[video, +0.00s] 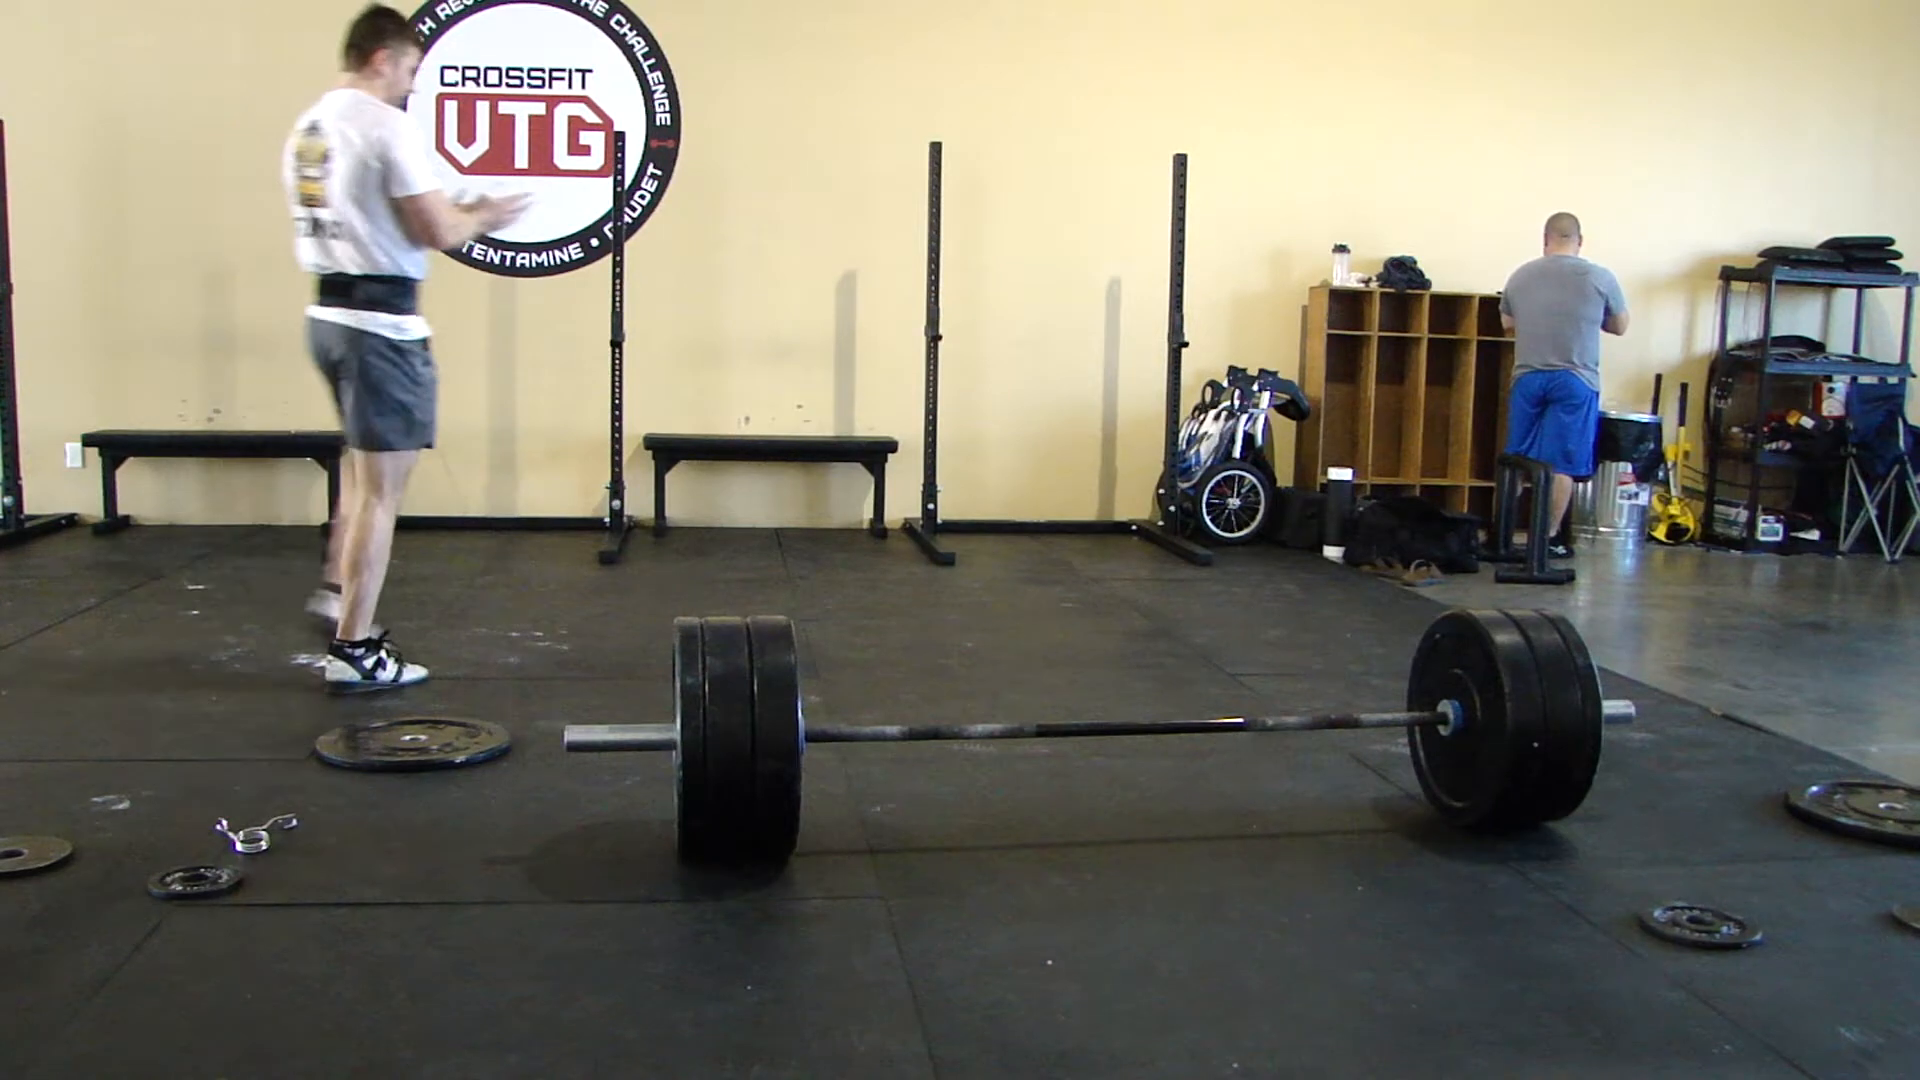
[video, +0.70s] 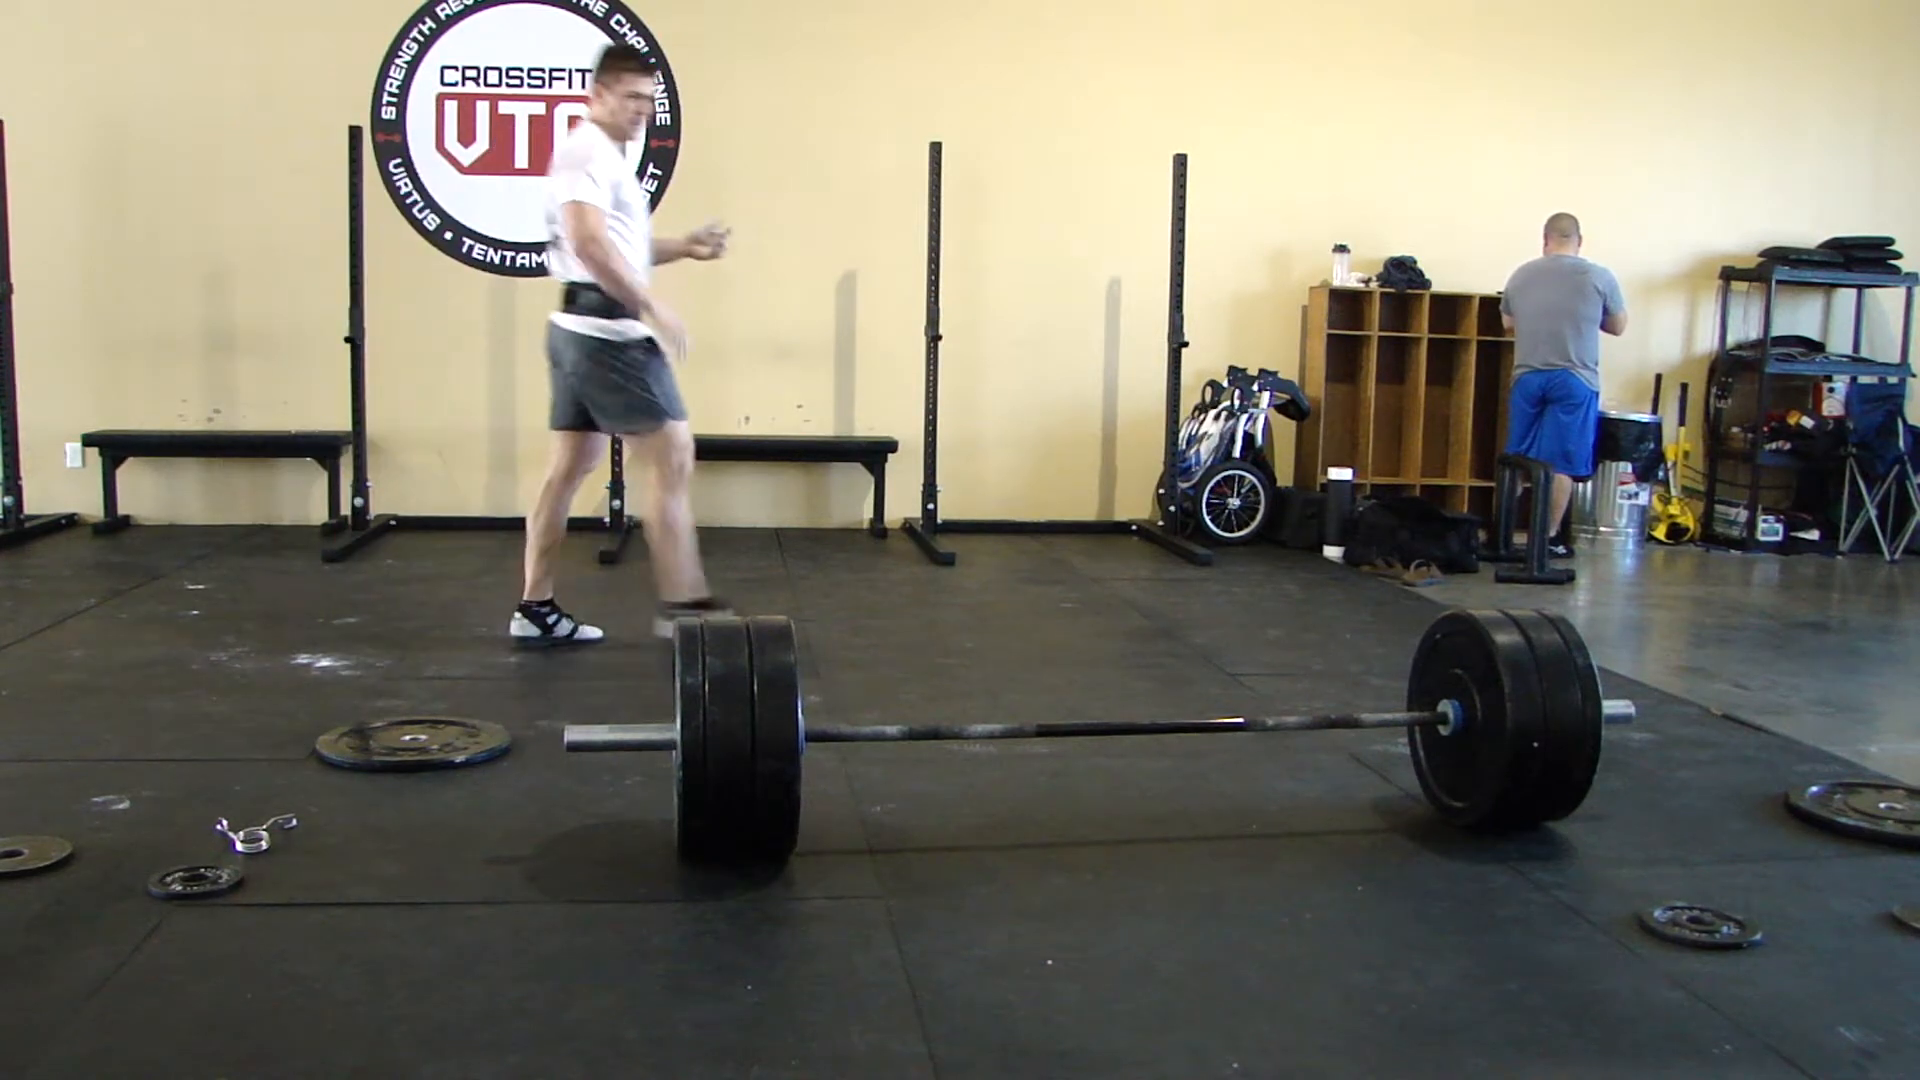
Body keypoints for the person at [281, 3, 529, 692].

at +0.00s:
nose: (413, 85)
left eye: (415, 72)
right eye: (411, 70)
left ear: (360, 58)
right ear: (383, 58)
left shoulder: (311, 122)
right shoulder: (383, 125)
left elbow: (367, 216)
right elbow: (435, 228)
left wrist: (458, 208)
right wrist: (487, 214)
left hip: (329, 324)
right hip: (383, 334)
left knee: (361, 465)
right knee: (380, 495)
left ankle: (336, 591)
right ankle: (357, 646)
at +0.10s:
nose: (449, 93)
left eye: (451, 80)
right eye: (446, 78)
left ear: (396, 70)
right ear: (416, 69)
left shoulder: (347, 132)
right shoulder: (416, 134)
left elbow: (394, 226)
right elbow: (471, 237)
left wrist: (492, 217)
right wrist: (528, 222)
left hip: (367, 327)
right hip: (413, 336)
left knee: (425, 476)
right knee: (388, 493)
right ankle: (353, 646)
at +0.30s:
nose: (519, 112)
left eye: (521, 100)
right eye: (516, 99)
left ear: (464, 94)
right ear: (487, 94)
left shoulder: (425, 152)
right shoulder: (484, 155)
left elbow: (462, 243)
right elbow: (537, 254)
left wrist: (545, 235)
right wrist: (578, 238)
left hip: (449, 338)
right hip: (483, 344)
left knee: (502, 481)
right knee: (463, 492)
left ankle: (530, 612)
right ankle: (373, 625)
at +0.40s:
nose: (552, 111)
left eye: (553, 99)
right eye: (545, 98)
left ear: (502, 95)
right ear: (508, 93)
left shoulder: (465, 148)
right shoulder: (517, 154)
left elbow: (516, 245)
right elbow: (561, 254)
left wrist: (581, 242)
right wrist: (604, 245)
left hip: (484, 335)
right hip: (522, 342)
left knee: (527, 477)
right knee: (548, 484)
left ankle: (532, 608)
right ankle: (422, 585)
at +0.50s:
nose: (581, 109)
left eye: (584, 98)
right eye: (573, 95)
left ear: (536, 93)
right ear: (536, 87)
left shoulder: (509, 140)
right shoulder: (539, 148)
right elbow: (579, 247)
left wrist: (605, 239)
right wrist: (636, 246)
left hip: (515, 328)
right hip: (553, 333)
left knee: (546, 470)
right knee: (606, 472)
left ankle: (534, 608)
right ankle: (493, 566)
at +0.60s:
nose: (612, 105)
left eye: (616, 95)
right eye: (604, 92)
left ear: (583, 93)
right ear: (565, 86)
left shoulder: (559, 144)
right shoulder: (561, 143)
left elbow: (587, 242)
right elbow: (583, 238)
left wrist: (653, 241)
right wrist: (643, 264)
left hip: (547, 324)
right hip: (583, 328)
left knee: (558, 461)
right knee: (650, 456)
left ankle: (535, 606)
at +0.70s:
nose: (644, 110)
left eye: (650, 99)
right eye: (633, 98)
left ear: (649, 99)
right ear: (597, 94)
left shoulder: (608, 156)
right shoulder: (587, 151)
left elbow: (619, 247)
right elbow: (585, 240)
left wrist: (684, 248)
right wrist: (650, 305)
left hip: (581, 323)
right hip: (609, 326)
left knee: (571, 462)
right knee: (672, 456)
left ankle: (535, 606)